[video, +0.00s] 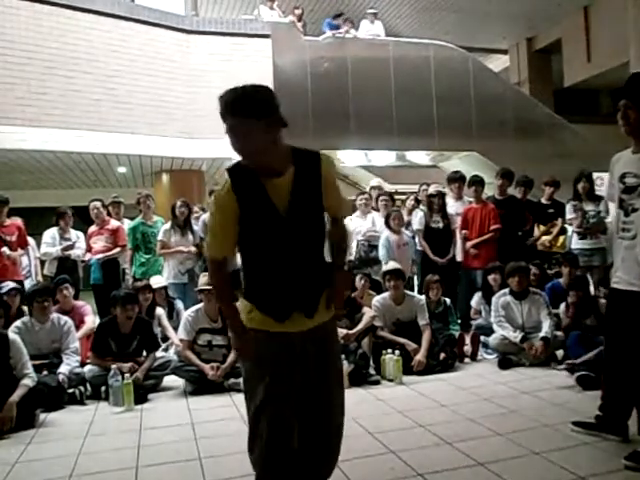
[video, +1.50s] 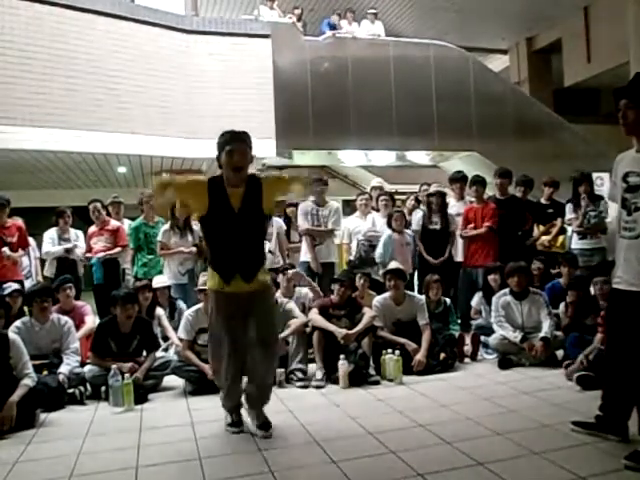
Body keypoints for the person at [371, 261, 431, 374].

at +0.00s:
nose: (393, 284)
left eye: (397, 279)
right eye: (389, 280)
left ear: (403, 281)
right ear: (385, 283)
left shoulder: (418, 300)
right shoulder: (378, 302)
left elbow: (426, 329)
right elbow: (378, 331)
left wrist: (422, 354)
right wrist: (405, 343)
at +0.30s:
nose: (393, 283)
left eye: (397, 279)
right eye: (389, 280)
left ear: (403, 281)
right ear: (385, 283)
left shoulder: (418, 300)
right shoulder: (378, 302)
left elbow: (426, 329)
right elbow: (379, 331)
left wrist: (422, 354)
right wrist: (405, 342)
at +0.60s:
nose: (393, 283)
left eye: (397, 279)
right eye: (389, 279)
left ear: (403, 281)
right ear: (385, 283)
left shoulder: (418, 300)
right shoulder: (378, 302)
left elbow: (426, 329)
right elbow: (378, 331)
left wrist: (422, 354)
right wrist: (405, 342)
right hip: (391, 337)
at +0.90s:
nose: (393, 283)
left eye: (397, 279)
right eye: (389, 280)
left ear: (403, 281)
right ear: (385, 283)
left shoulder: (418, 300)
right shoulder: (378, 302)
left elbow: (426, 329)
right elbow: (379, 331)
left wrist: (422, 354)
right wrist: (405, 342)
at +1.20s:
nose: (393, 283)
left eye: (397, 279)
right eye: (389, 280)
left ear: (404, 282)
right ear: (385, 283)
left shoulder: (418, 300)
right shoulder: (379, 302)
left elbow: (426, 329)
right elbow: (379, 330)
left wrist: (422, 354)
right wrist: (405, 342)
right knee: (377, 340)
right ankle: (382, 373)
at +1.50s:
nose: (393, 284)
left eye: (397, 280)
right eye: (389, 280)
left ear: (404, 282)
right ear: (385, 283)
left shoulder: (418, 300)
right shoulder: (379, 302)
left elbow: (426, 329)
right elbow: (379, 331)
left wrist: (422, 354)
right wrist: (405, 342)